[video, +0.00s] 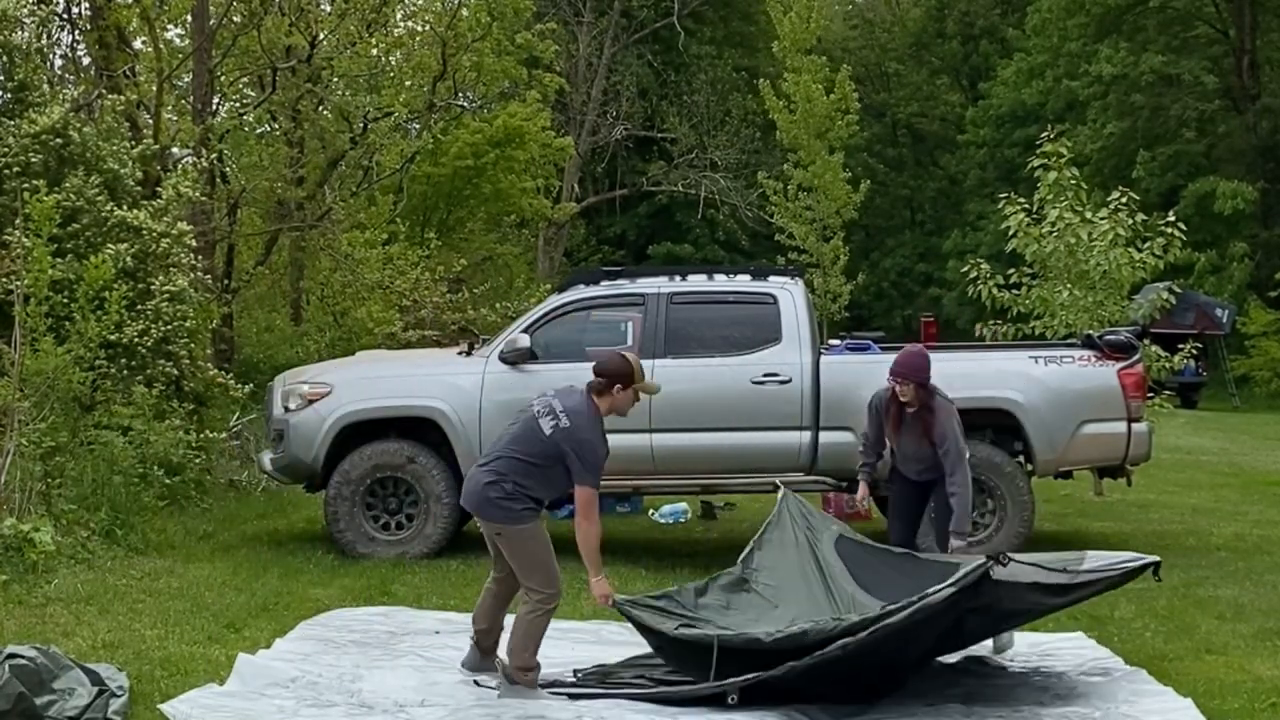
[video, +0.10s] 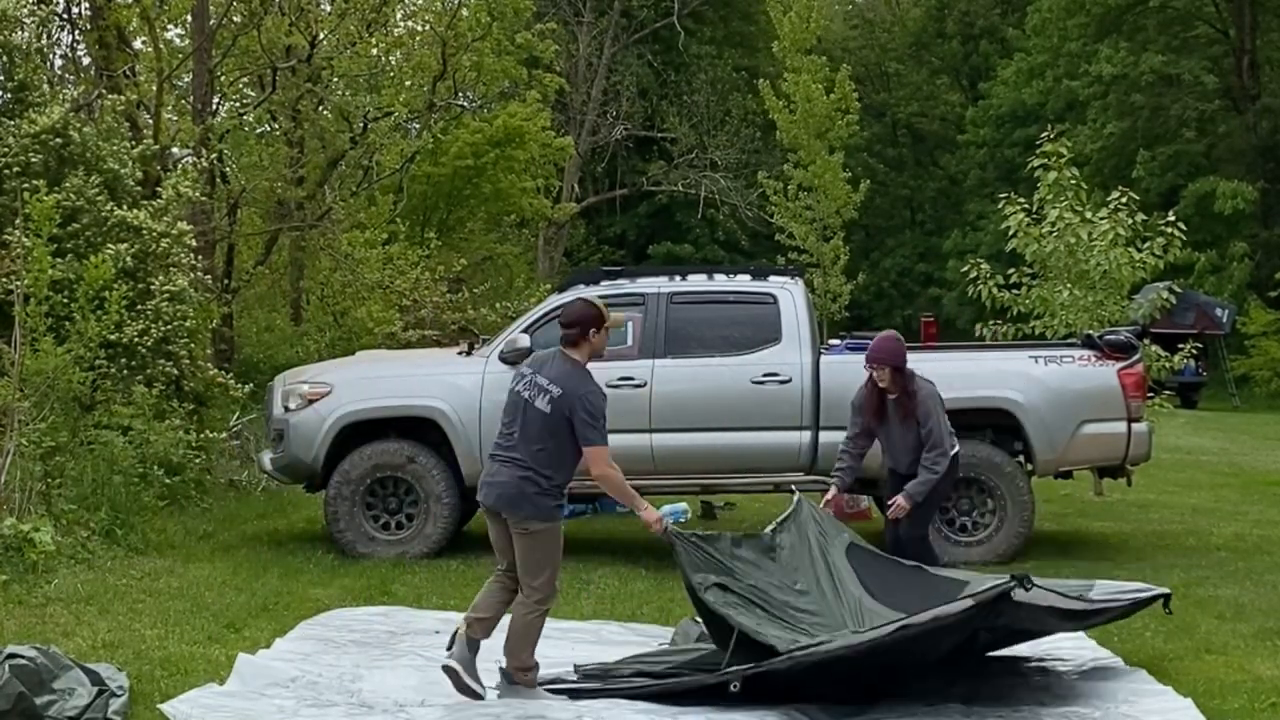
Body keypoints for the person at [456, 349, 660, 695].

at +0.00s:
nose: (636, 400)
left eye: (638, 393)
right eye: (635, 393)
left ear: (603, 384)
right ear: (616, 390)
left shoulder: (567, 396)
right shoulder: (588, 438)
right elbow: (586, 517)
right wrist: (597, 577)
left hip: (483, 487)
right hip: (509, 501)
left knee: (507, 575)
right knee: (544, 591)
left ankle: (480, 655)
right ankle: (519, 680)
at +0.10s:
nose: (607, 336)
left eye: (606, 330)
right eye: (605, 330)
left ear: (568, 332)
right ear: (591, 335)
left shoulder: (536, 361)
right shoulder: (586, 391)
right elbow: (599, 468)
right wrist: (642, 507)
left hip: (494, 485)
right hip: (533, 498)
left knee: (509, 572)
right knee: (538, 590)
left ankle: (464, 647)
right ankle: (518, 680)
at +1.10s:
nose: (821, 456)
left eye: (820, 450)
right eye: (821, 451)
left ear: (782, 443)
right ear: (816, 448)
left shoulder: (746, 458)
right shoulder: (811, 465)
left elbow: (748, 519)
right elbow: (889, 485)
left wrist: (806, 547)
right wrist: (953, 487)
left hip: (679, 538)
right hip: (735, 542)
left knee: (709, 609)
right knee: (786, 619)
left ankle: (690, 699)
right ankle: (770, 707)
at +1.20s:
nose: (822, 491)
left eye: (821, 486)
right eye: (819, 485)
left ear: (778, 474)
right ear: (807, 479)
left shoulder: (744, 494)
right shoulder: (797, 492)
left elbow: (752, 576)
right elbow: (874, 498)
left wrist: (807, 613)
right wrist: (941, 489)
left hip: (672, 574)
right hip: (721, 574)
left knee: (726, 619)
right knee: (801, 623)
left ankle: (694, 703)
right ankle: (773, 711)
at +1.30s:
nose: (832, 511)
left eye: (829, 507)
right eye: (825, 505)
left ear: (781, 500)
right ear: (802, 504)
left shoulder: (751, 519)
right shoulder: (790, 516)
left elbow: (769, 597)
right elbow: (867, 525)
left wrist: (805, 653)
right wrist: (924, 519)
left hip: (671, 608)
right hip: (703, 607)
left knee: (747, 617)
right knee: (809, 619)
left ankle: (697, 694)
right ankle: (774, 709)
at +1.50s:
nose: (807, 565)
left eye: (808, 560)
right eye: (807, 556)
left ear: (776, 530)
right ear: (794, 538)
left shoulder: (752, 558)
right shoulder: (772, 537)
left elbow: (782, 624)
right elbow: (856, 549)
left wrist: (824, 668)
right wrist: (901, 542)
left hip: (673, 640)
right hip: (690, 628)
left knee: (770, 636)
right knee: (795, 608)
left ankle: (700, 700)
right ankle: (774, 710)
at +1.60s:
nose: (803, 575)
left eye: (806, 569)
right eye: (805, 565)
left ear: (785, 551)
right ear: (792, 547)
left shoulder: (757, 574)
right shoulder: (765, 538)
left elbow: (787, 628)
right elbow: (845, 551)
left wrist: (826, 667)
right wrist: (896, 548)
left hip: (675, 645)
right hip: (682, 630)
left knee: (771, 641)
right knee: (782, 605)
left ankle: (703, 695)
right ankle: (774, 710)